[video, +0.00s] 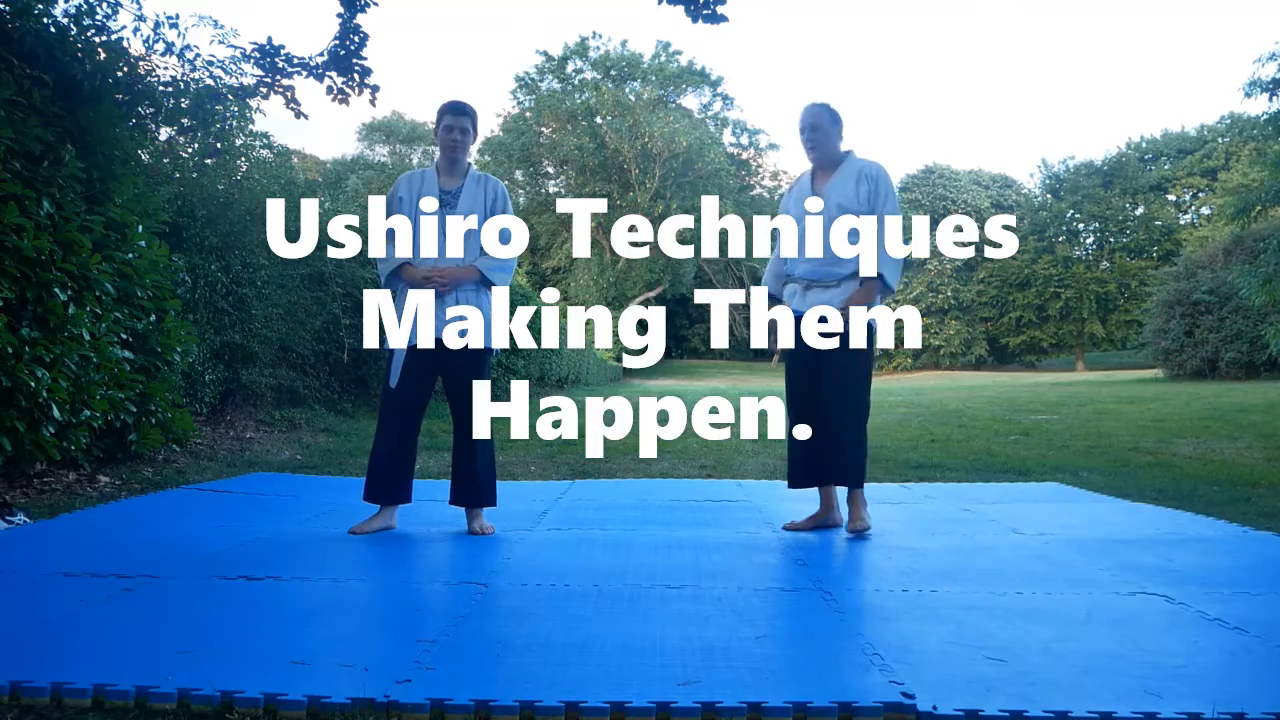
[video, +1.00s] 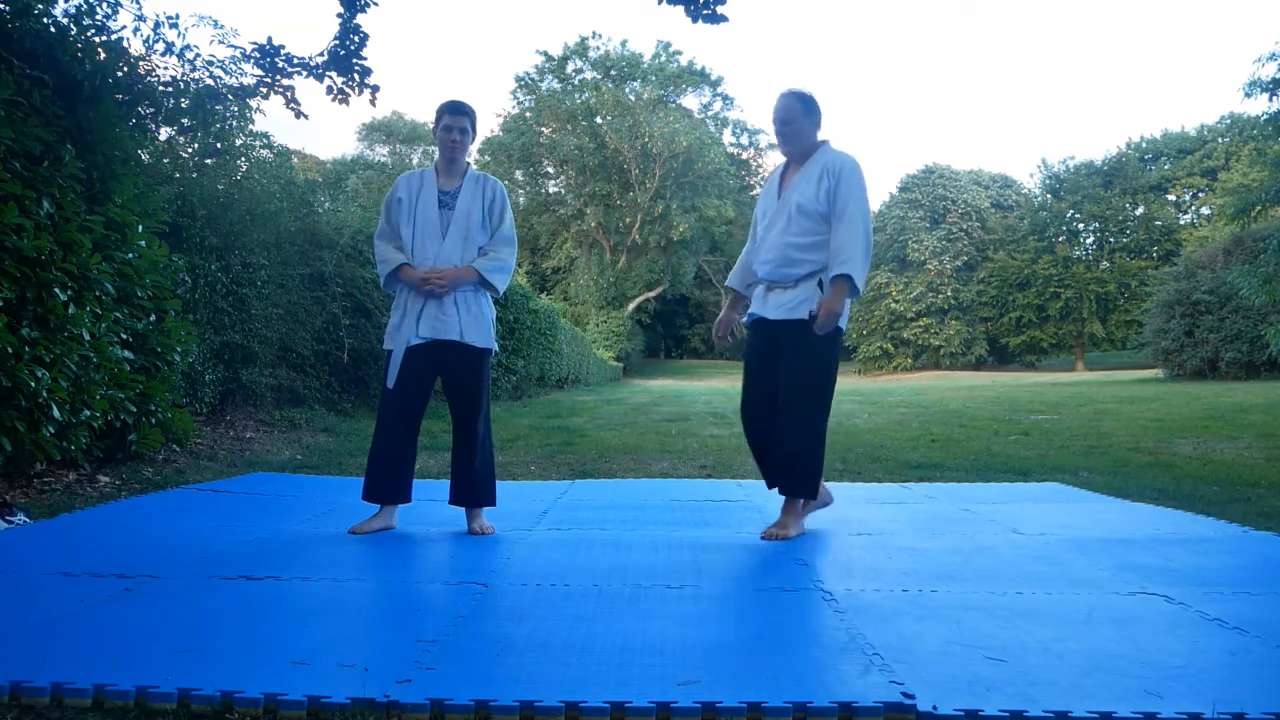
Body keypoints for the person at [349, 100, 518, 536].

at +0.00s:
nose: (456, 137)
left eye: (464, 131)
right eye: (449, 129)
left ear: (475, 139)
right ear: (435, 133)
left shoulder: (492, 190)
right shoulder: (406, 186)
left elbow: (504, 259)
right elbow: (389, 256)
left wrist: (457, 274)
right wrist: (421, 277)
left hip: (470, 322)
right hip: (414, 320)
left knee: (473, 415)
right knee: (399, 411)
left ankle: (475, 512)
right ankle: (387, 510)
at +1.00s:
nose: (453, 137)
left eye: (462, 131)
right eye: (447, 129)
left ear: (473, 139)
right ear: (434, 133)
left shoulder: (492, 191)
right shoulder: (406, 186)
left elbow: (504, 256)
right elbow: (383, 247)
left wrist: (458, 275)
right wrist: (412, 275)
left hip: (469, 321)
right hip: (414, 319)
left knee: (472, 420)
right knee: (396, 416)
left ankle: (475, 513)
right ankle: (387, 510)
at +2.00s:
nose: (452, 137)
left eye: (460, 131)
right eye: (446, 129)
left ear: (472, 139)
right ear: (433, 134)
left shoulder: (491, 190)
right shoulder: (405, 186)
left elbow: (503, 256)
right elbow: (383, 246)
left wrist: (457, 275)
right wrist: (412, 276)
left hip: (469, 321)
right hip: (413, 319)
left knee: (472, 420)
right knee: (397, 415)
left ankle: (475, 513)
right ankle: (387, 510)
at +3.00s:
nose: (514, 160)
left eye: (517, 153)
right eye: (512, 150)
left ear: (499, 147)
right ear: (489, 140)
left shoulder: (497, 203)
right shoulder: (439, 178)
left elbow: (496, 266)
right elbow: (410, 238)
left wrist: (502, 317)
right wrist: (432, 290)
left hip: (475, 325)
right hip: (424, 317)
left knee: (478, 412)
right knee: (400, 413)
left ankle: (463, 508)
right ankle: (386, 510)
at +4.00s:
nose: (622, 168)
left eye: (626, 160)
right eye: (623, 157)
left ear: (598, 142)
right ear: (604, 142)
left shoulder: (564, 173)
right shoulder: (576, 176)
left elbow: (592, 251)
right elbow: (594, 240)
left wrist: (641, 277)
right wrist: (654, 271)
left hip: (536, 304)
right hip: (545, 308)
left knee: (526, 404)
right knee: (554, 409)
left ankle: (481, 488)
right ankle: (557, 513)